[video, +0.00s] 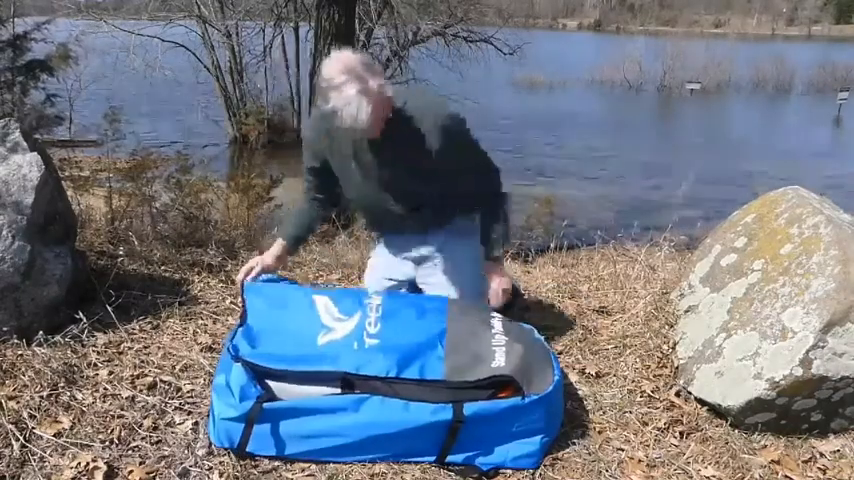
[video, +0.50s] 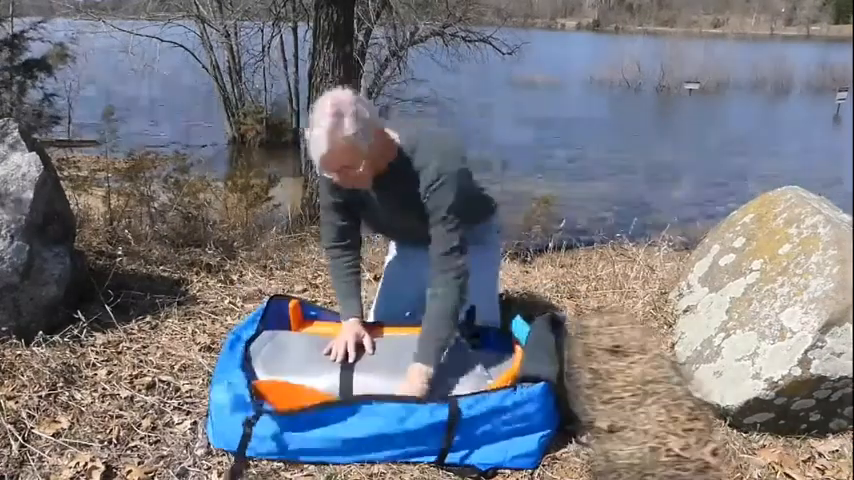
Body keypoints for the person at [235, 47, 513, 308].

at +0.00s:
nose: (366, 128)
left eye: (369, 117)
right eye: (354, 121)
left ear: (383, 92)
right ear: (335, 109)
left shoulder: (433, 122)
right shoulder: (321, 129)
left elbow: (489, 187)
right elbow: (319, 197)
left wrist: (495, 267)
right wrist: (275, 255)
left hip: (452, 236)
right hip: (390, 242)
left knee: (457, 350)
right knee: (371, 341)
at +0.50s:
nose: (338, 181)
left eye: (346, 169)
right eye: (329, 172)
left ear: (374, 148)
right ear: (319, 161)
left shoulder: (436, 164)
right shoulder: (334, 169)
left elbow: (449, 271)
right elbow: (340, 248)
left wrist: (422, 368)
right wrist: (351, 320)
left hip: (471, 240)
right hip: (410, 244)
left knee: (478, 338)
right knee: (380, 336)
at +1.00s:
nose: (368, 125)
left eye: (376, 108)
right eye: (354, 117)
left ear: (398, 96)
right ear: (341, 118)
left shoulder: (455, 141)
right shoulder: (345, 151)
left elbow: (481, 241)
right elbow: (344, 229)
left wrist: (469, 331)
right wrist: (347, 291)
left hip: (464, 248)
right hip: (407, 250)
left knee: (482, 345)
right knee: (383, 339)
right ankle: (432, 299)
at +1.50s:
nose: (380, 160)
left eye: (392, 150)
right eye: (371, 149)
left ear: (420, 129)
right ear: (359, 132)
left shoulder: (470, 145)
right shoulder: (351, 152)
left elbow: (505, 227)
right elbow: (343, 228)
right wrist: (340, 292)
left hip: (470, 248)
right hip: (409, 250)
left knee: (477, 342)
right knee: (385, 335)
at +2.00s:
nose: (445, 110)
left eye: (453, 100)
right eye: (437, 101)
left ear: (472, 89)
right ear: (425, 95)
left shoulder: (507, 131)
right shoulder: (410, 137)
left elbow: (554, 185)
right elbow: (402, 209)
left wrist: (548, 222)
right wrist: (407, 229)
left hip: (492, 259)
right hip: (435, 257)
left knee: (487, 336)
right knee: (387, 330)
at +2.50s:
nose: (435, 131)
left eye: (442, 122)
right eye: (427, 121)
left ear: (468, 108)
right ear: (420, 111)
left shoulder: (513, 142)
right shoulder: (410, 142)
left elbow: (527, 218)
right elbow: (364, 216)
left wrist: (509, 267)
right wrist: (376, 266)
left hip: (489, 264)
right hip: (433, 262)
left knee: (481, 331)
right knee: (393, 320)